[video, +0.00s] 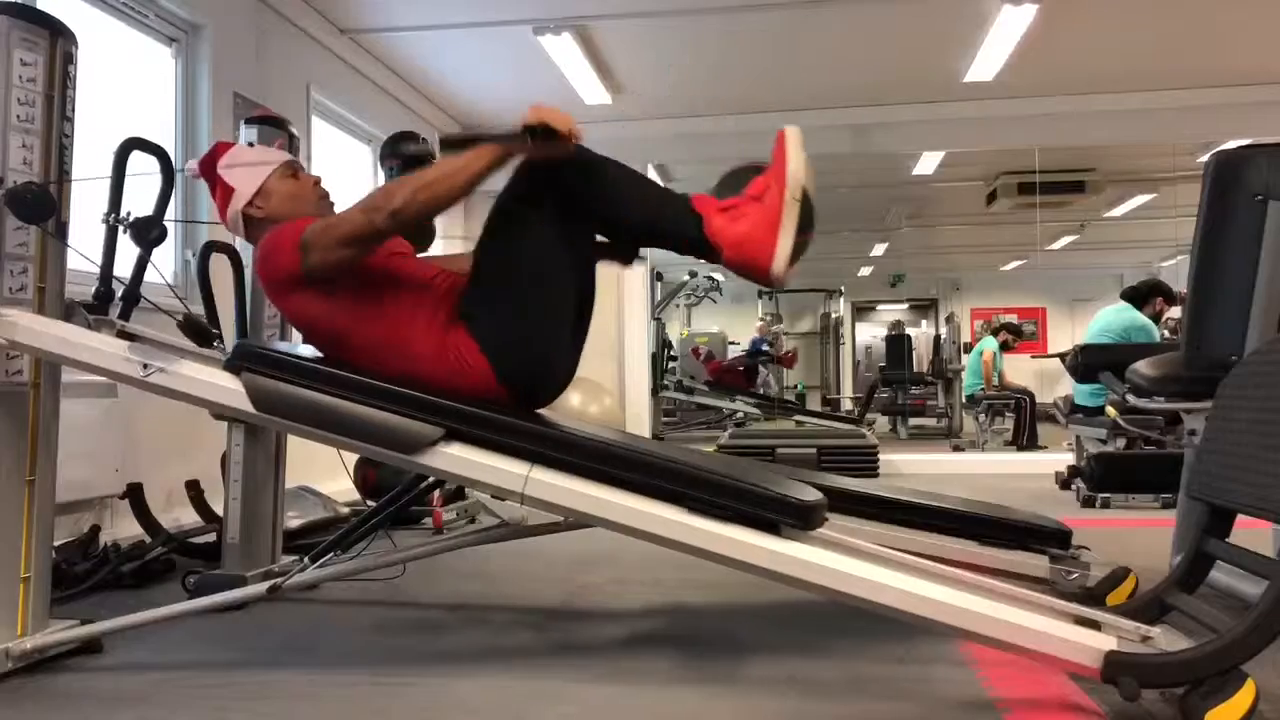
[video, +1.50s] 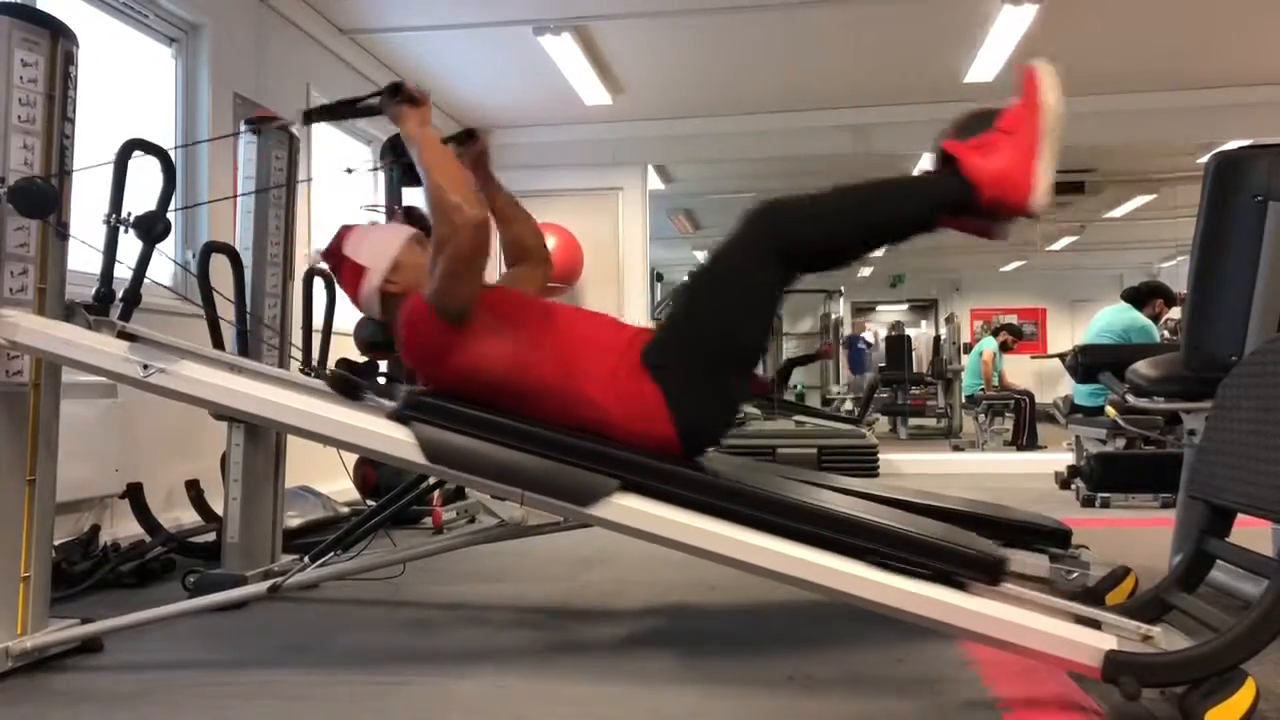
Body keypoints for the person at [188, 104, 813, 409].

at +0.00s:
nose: (311, 178)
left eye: (299, 168)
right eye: (290, 173)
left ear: (267, 199)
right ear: (257, 202)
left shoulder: (324, 259)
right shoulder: (282, 252)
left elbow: (450, 274)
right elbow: (391, 210)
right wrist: (510, 145)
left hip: (506, 353)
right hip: (499, 359)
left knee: (556, 179)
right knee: (553, 171)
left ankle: (728, 227)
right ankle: (732, 234)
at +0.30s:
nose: (349, 199)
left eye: (339, 192)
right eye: (329, 198)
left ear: (334, 218)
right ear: (305, 231)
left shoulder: (383, 277)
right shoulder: (338, 270)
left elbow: (503, 229)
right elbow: (430, 167)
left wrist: (545, 134)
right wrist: (480, 60)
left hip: (558, 358)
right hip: (557, 374)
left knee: (664, 210)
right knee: (662, 210)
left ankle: (845, 213)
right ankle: (869, 226)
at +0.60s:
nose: (386, 232)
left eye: (378, 226)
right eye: (371, 235)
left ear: (397, 247)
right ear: (368, 270)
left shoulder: (474, 307)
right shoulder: (417, 317)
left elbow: (513, 217)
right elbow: (439, 181)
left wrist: (472, 123)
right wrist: (411, 84)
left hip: (665, 379)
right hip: (657, 399)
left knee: (798, 264)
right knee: (792, 268)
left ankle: (999, 199)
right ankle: (1004, 202)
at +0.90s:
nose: (515, 251)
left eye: (503, 242)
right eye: (499, 247)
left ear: (464, 286)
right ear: (474, 278)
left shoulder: (519, 335)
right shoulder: (505, 342)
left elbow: (477, 229)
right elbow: (460, 222)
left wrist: (411, 188)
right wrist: (384, 177)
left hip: (751, 406)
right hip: (752, 426)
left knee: (890, 279)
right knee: (894, 282)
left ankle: (1077, 190)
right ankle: (1099, 190)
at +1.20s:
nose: (532, 265)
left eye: (519, 257)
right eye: (510, 260)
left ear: (477, 307)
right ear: (484, 301)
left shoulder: (536, 352)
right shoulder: (523, 349)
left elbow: (463, 249)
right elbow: (453, 229)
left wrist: (413, 242)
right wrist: (360, 213)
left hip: (767, 418)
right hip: (772, 438)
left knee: (898, 282)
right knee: (902, 288)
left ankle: (1092, 196)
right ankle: (1111, 199)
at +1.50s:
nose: (393, 243)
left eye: (383, 236)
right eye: (374, 247)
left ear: (405, 246)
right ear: (371, 287)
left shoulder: (473, 308)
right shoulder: (421, 332)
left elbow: (555, 262)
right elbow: (467, 239)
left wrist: (486, 189)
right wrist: (422, 143)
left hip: (673, 373)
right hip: (668, 398)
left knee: (770, 232)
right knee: (767, 232)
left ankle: (968, 178)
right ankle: (977, 182)